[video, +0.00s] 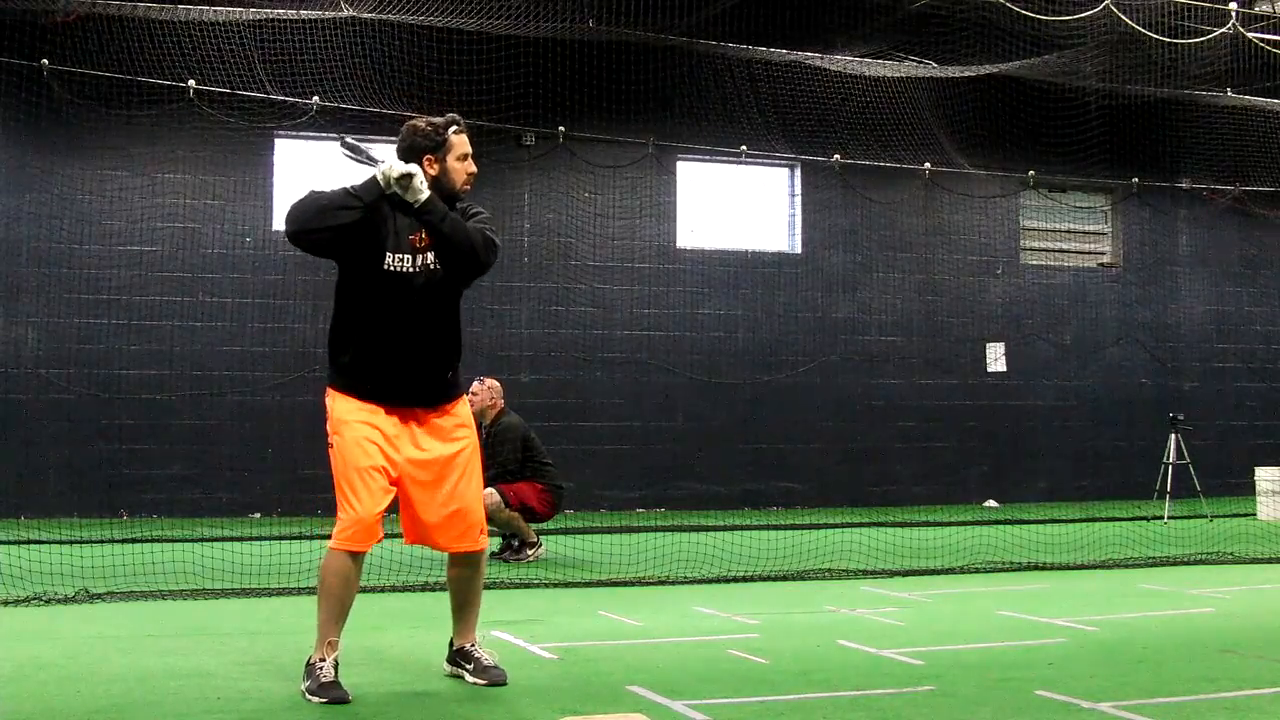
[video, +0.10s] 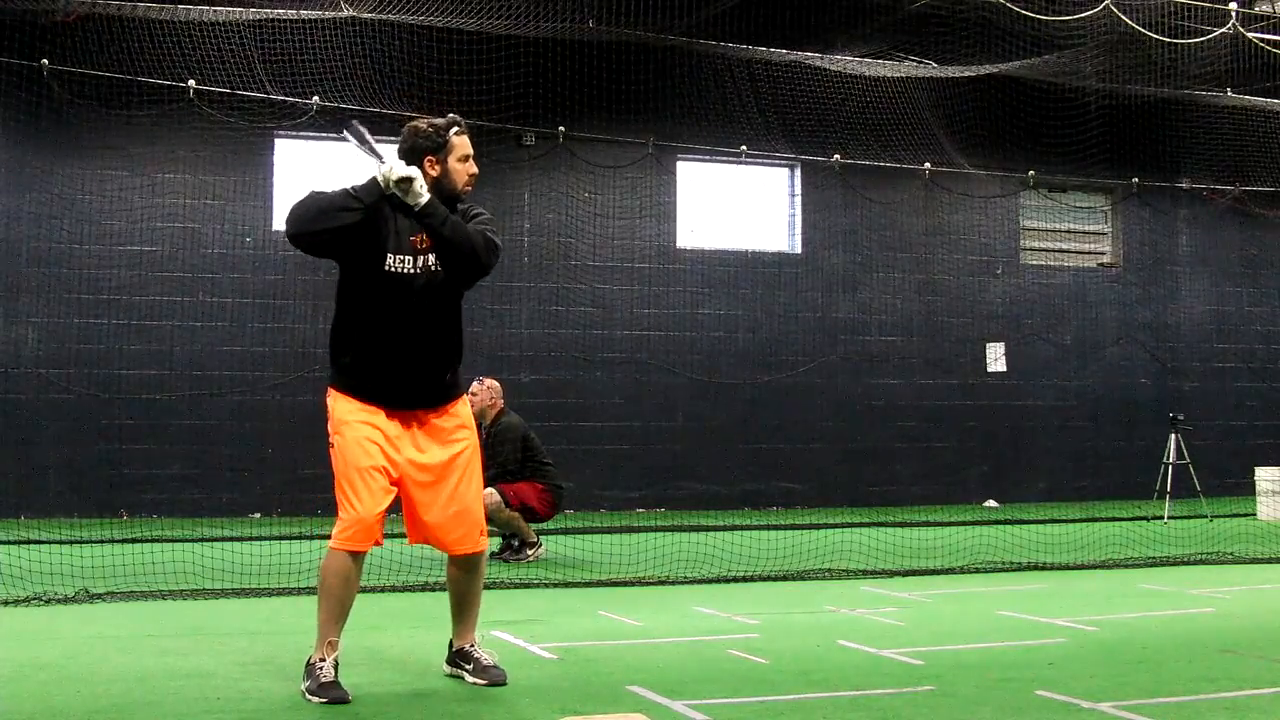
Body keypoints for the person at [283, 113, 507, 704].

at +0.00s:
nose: (472, 166)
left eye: (470, 157)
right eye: (463, 157)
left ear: (442, 164)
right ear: (429, 163)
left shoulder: (465, 224)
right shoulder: (366, 215)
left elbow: (476, 257)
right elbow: (298, 224)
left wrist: (425, 198)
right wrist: (375, 185)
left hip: (441, 405)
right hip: (362, 402)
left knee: (468, 531)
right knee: (358, 523)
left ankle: (464, 647)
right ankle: (324, 658)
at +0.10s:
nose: (473, 168)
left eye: (472, 158)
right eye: (464, 159)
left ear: (445, 165)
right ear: (430, 164)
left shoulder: (468, 224)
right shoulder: (369, 215)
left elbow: (477, 261)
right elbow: (299, 225)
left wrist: (424, 202)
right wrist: (374, 188)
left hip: (442, 407)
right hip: (364, 403)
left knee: (468, 535)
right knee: (358, 525)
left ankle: (464, 647)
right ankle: (324, 658)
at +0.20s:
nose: (474, 170)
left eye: (473, 160)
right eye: (465, 161)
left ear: (443, 167)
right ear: (431, 166)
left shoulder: (468, 227)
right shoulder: (370, 217)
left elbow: (477, 263)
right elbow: (299, 225)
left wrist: (424, 204)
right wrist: (373, 190)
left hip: (444, 409)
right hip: (365, 405)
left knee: (469, 536)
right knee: (361, 522)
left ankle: (464, 648)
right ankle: (324, 658)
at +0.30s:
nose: (472, 173)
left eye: (471, 163)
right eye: (464, 164)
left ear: (442, 169)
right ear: (429, 169)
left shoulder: (464, 230)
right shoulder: (366, 220)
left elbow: (477, 265)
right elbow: (297, 228)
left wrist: (423, 206)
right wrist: (372, 193)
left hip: (440, 411)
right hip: (361, 407)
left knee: (469, 534)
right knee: (362, 521)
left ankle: (464, 647)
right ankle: (325, 658)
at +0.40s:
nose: (468, 174)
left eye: (467, 165)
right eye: (460, 165)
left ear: (438, 171)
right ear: (426, 170)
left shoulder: (458, 230)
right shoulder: (362, 219)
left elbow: (471, 268)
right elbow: (292, 229)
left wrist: (420, 208)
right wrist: (371, 194)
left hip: (430, 408)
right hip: (351, 404)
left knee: (465, 528)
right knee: (356, 521)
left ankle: (464, 642)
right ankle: (323, 658)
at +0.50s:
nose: (465, 177)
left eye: (465, 167)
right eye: (457, 168)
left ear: (435, 172)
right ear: (423, 171)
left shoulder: (455, 231)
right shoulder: (358, 219)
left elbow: (466, 273)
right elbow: (288, 229)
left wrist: (417, 209)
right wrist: (368, 194)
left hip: (423, 405)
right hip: (344, 404)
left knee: (469, 520)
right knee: (349, 524)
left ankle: (460, 633)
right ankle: (323, 658)